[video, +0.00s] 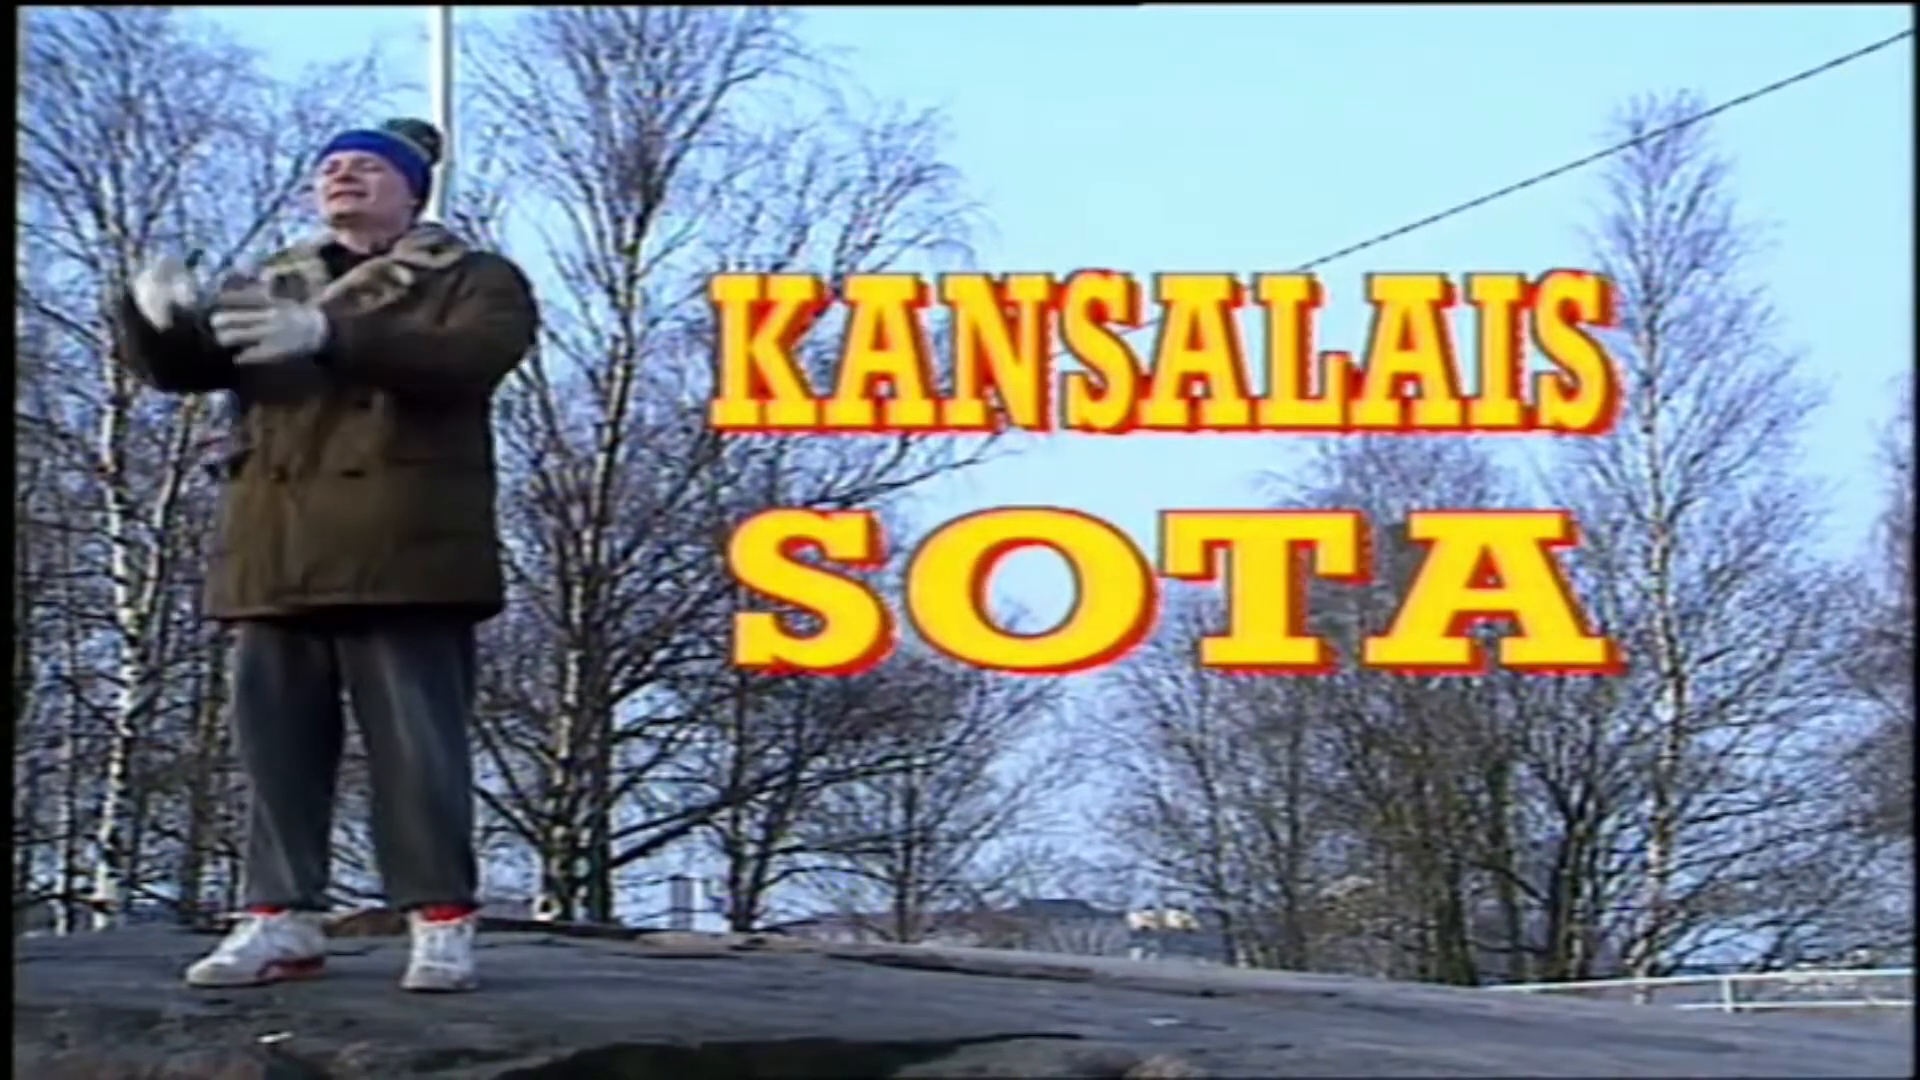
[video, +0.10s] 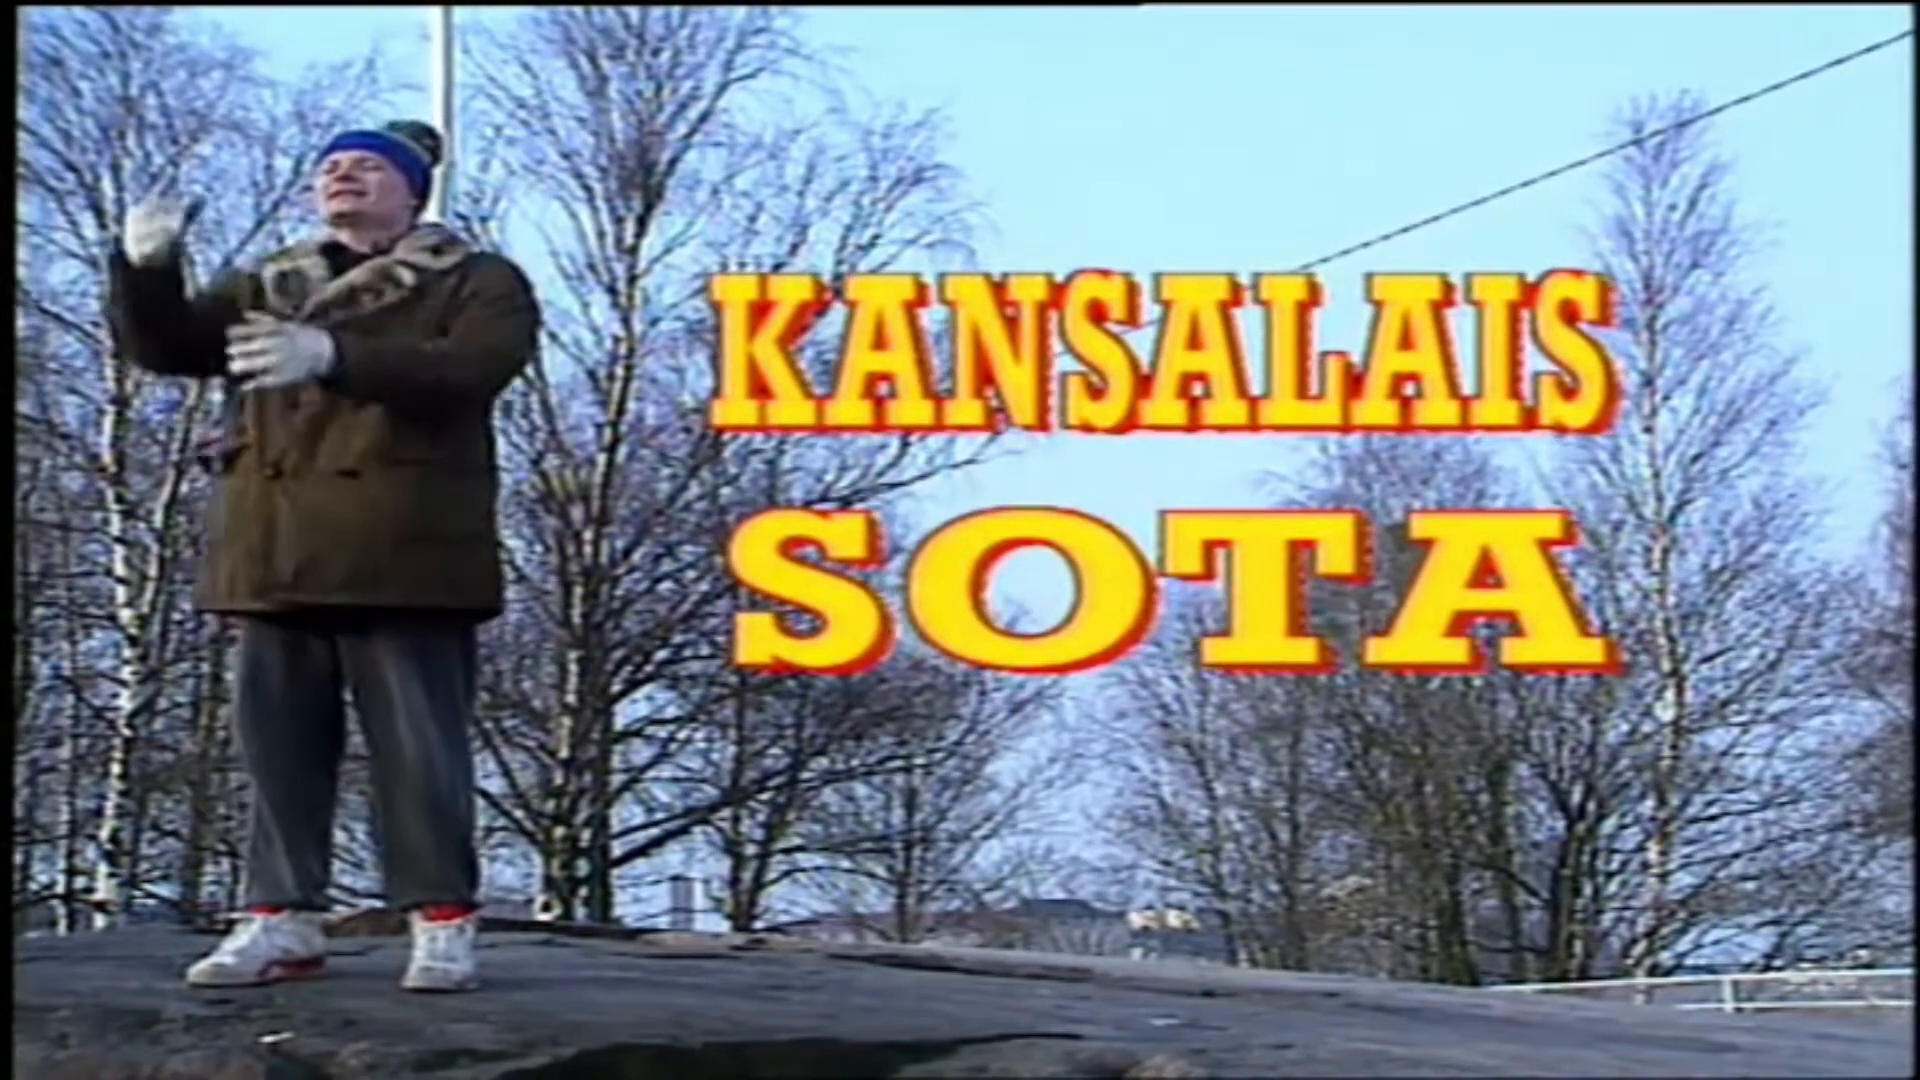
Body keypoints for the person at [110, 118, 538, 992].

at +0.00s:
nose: (342, 178)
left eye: (364, 167)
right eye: (331, 169)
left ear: (413, 189)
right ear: (316, 193)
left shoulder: (475, 276)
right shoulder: (282, 280)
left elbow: (469, 357)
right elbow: (189, 364)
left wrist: (330, 334)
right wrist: (157, 326)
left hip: (407, 559)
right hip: (275, 559)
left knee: (417, 747)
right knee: (276, 747)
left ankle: (441, 920)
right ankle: (285, 918)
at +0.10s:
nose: (343, 176)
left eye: (365, 165)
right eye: (331, 168)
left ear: (414, 189)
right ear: (315, 194)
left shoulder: (478, 278)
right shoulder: (279, 281)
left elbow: (465, 374)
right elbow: (168, 344)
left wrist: (334, 355)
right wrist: (148, 270)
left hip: (409, 564)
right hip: (277, 563)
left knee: (419, 751)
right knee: (278, 750)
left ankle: (442, 920)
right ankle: (285, 918)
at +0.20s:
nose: (342, 178)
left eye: (363, 167)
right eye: (330, 170)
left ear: (413, 190)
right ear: (315, 195)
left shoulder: (477, 280)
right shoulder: (279, 282)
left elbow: (465, 378)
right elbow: (174, 350)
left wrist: (339, 363)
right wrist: (152, 267)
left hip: (410, 560)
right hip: (278, 557)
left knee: (420, 750)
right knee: (280, 748)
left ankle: (443, 920)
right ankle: (287, 918)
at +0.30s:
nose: (342, 180)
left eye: (365, 169)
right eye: (331, 171)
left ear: (415, 193)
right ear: (316, 195)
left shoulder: (474, 279)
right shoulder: (274, 283)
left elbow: (472, 359)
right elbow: (201, 380)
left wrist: (334, 339)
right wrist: (162, 334)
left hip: (410, 559)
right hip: (277, 557)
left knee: (421, 749)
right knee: (280, 748)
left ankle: (444, 920)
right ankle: (286, 919)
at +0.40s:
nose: (348, 180)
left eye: (371, 170)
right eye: (336, 171)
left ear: (420, 196)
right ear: (319, 198)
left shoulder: (476, 278)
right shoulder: (255, 294)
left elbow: (470, 339)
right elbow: (211, 384)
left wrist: (342, 280)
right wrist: (209, 436)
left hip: (412, 554)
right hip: (278, 556)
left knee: (421, 746)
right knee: (281, 748)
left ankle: (445, 920)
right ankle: (289, 918)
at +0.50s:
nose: (349, 178)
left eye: (373, 170)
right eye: (337, 169)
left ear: (420, 198)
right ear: (319, 196)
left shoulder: (459, 269)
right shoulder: (263, 291)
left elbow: (495, 317)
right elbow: (210, 394)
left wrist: (360, 263)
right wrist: (219, 452)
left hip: (413, 545)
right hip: (284, 549)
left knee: (421, 741)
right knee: (280, 741)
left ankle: (446, 919)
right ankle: (290, 918)